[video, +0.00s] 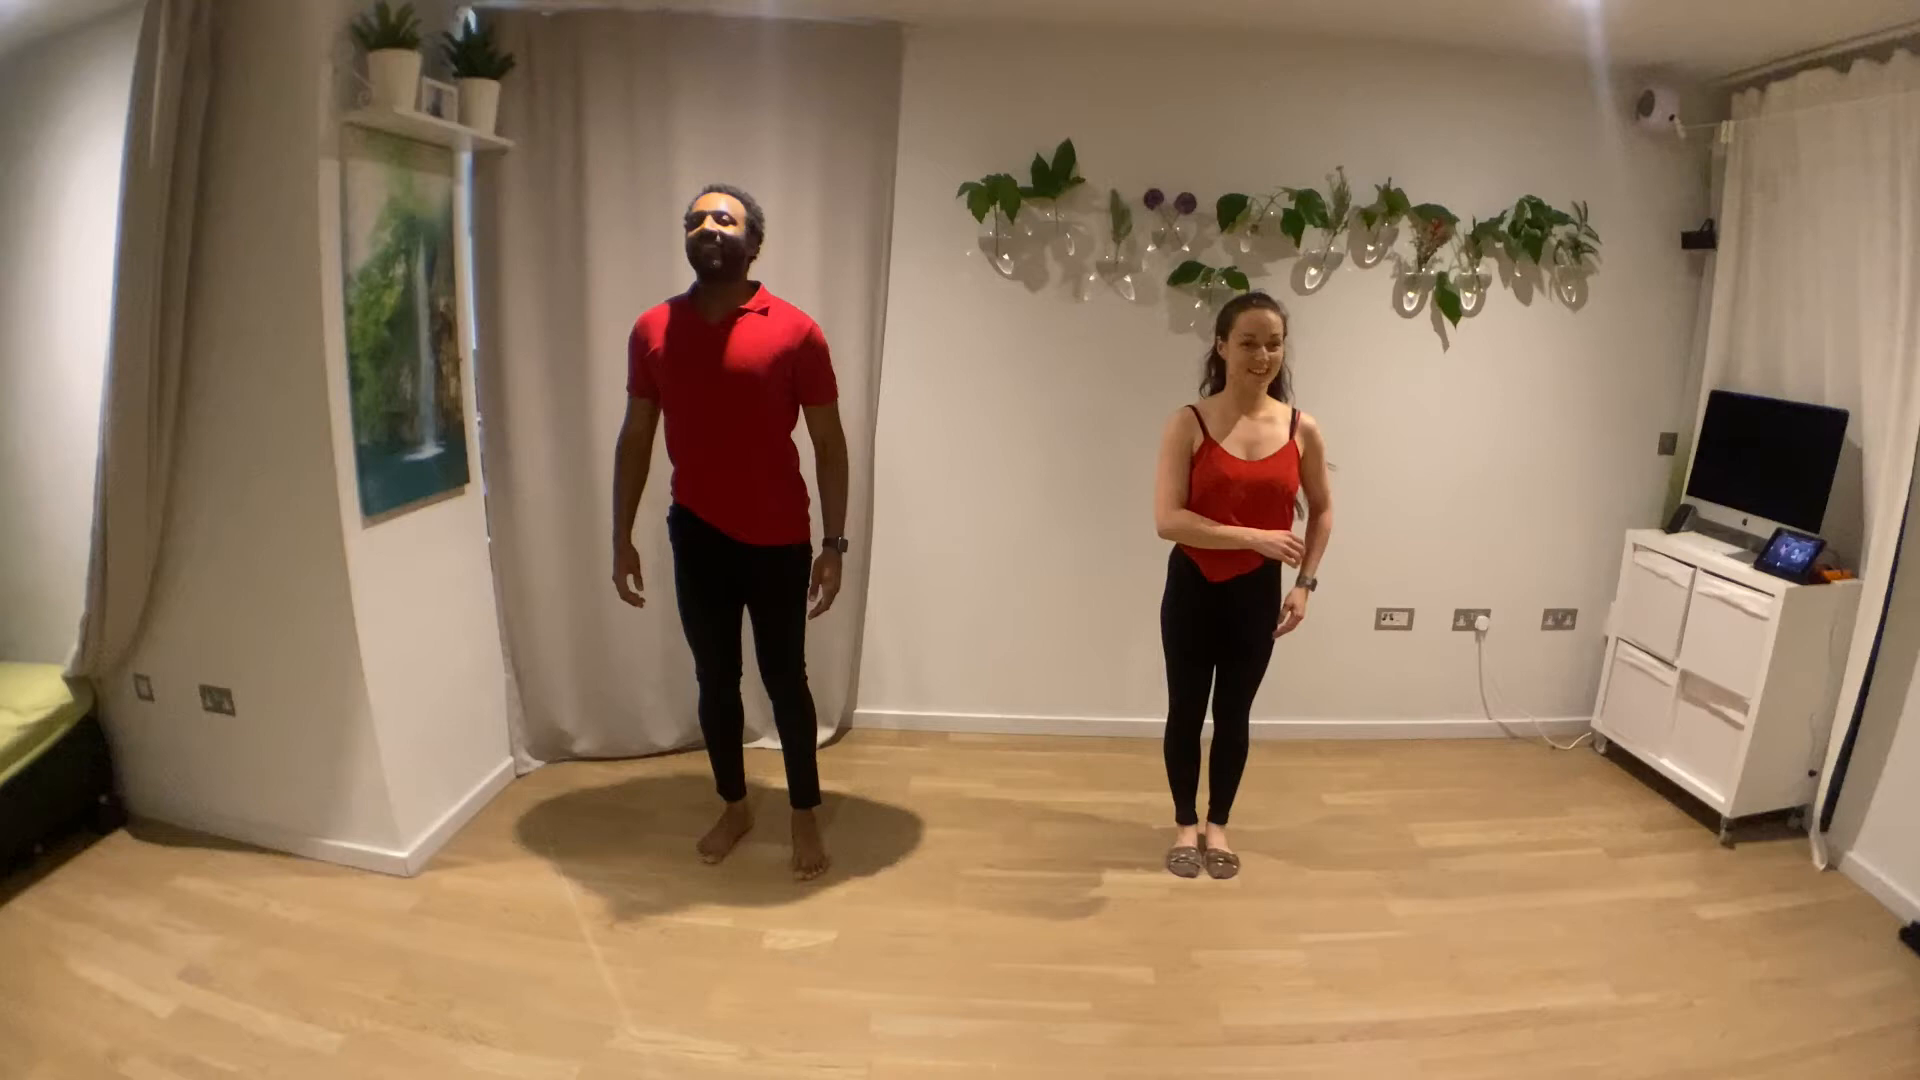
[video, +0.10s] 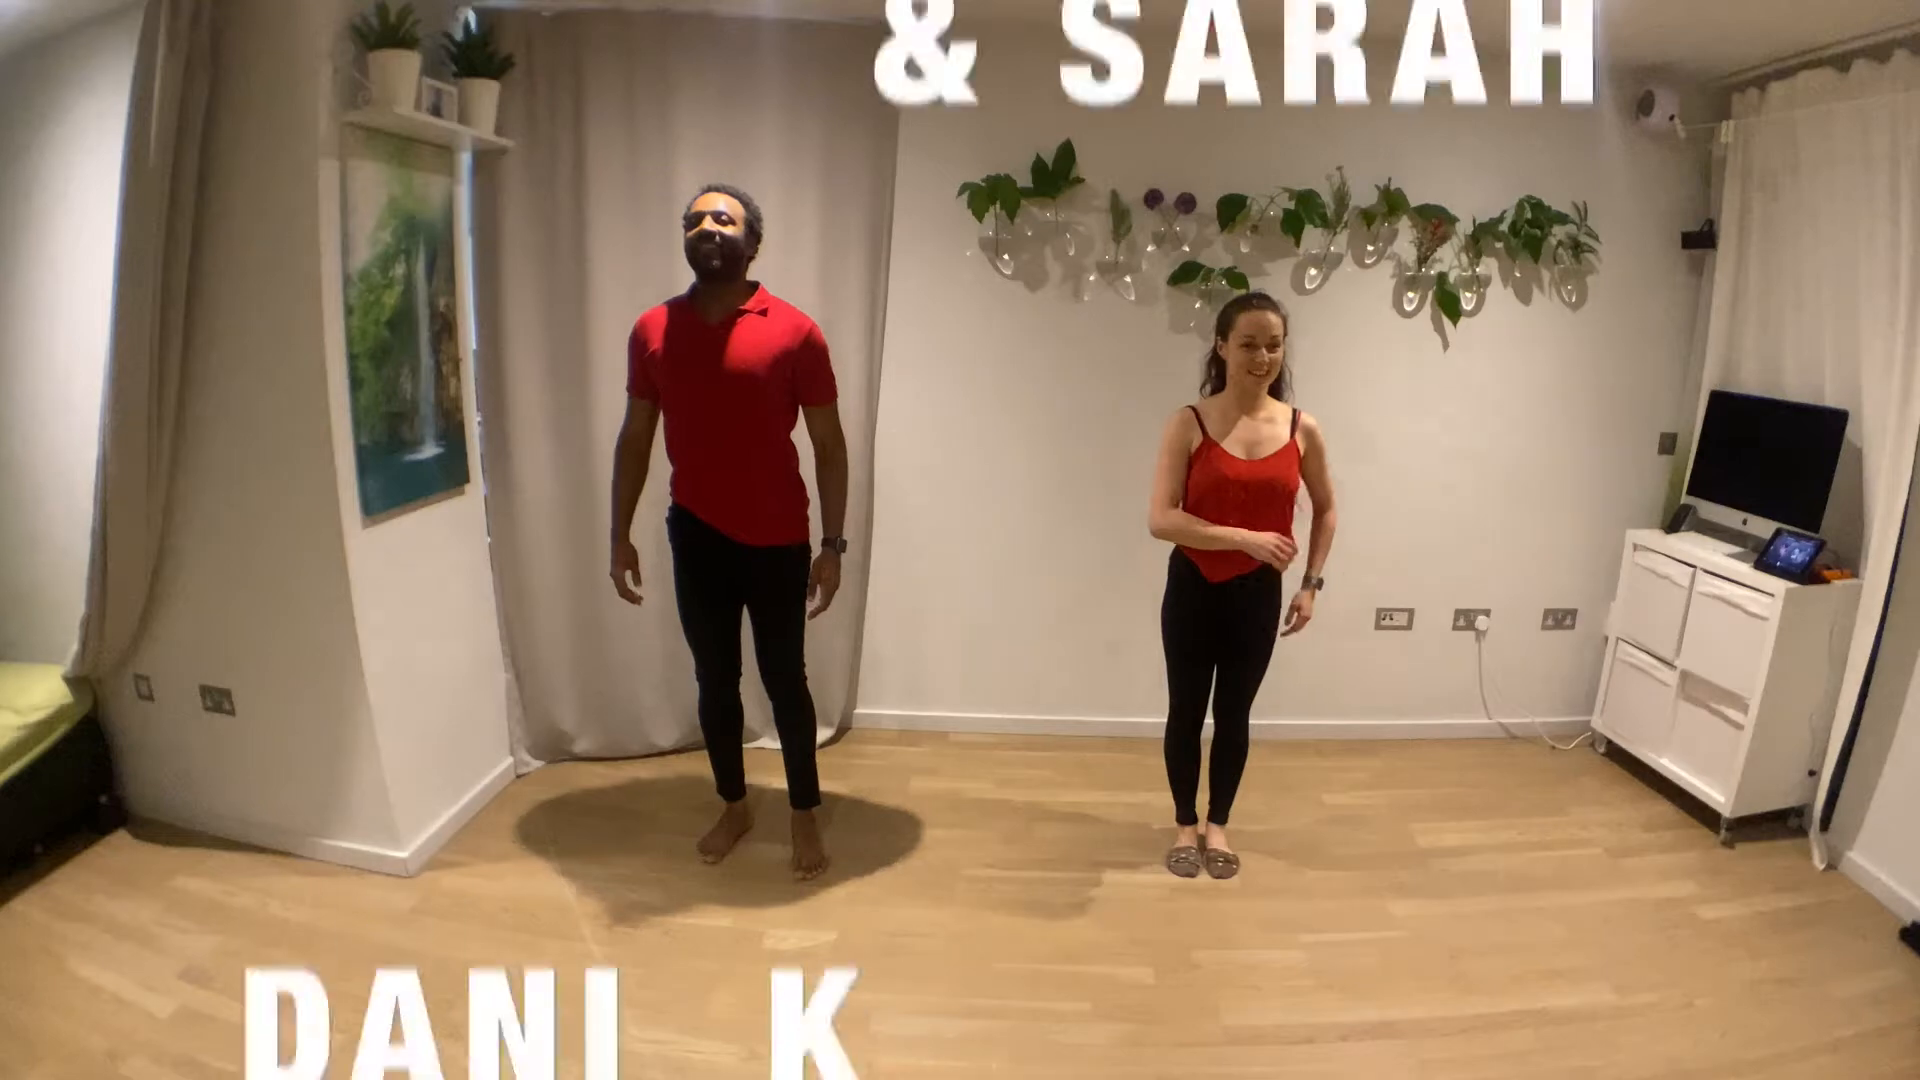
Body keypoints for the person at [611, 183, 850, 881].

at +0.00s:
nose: (709, 228)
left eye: (726, 220)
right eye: (697, 220)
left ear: (754, 244)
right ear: (683, 243)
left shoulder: (795, 332)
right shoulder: (656, 330)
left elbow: (829, 442)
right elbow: (636, 437)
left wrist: (833, 543)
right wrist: (624, 537)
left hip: (777, 536)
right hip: (699, 533)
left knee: (785, 677)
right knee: (715, 680)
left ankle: (804, 816)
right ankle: (733, 806)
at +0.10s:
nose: (708, 228)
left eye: (725, 220)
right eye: (696, 220)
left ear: (753, 244)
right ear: (681, 243)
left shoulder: (794, 333)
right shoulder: (656, 330)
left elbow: (828, 442)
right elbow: (636, 436)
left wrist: (832, 544)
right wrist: (621, 534)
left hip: (776, 536)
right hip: (698, 533)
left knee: (785, 678)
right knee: (715, 679)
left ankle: (804, 815)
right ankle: (733, 805)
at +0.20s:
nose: (706, 228)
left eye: (722, 220)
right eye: (694, 221)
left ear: (751, 244)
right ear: (680, 244)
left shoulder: (793, 333)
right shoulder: (656, 331)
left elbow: (829, 443)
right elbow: (635, 434)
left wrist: (833, 543)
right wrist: (617, 527)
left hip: (775, 534)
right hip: (697, 531)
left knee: (783, 681)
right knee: (715, 681)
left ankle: (802, 810)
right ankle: (733, 805)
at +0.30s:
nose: (707, 229)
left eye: (723, 220)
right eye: (695, 221)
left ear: (752, 243)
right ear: (681, 244)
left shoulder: (793, 332)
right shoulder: (656, 332)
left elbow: (833, 444)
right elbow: (634, 434)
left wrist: (833, 543)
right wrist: (615, 517)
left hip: (777, 534)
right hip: (699, 532)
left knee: (787, 680)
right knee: (715, 679)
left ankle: (804, 815)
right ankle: (734, 805)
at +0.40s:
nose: (707, 230)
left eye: (724, 221)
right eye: (695, 222)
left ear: (753, 243)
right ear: (681, 243)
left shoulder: (794, 332)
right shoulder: (657, 333)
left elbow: (838, 444)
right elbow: (633, 438)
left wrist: (837, 540)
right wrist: (616, 517)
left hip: (776, 535)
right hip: (698, 531)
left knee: (779, 678)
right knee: (715, 677)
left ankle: (804, 816)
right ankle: (733, 804)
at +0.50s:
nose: (712, 232)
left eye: (728, 223)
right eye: (700, 224)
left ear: (756, 243)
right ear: (685, 244)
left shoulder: (799, 334)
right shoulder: (661, 336)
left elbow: (848, 440)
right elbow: (636, 445)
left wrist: (839, 538)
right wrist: (619, 524)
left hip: (780, 541)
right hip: (700, 535)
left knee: (779, 687)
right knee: (717, 680)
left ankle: (808, 814)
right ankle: (733, 805)